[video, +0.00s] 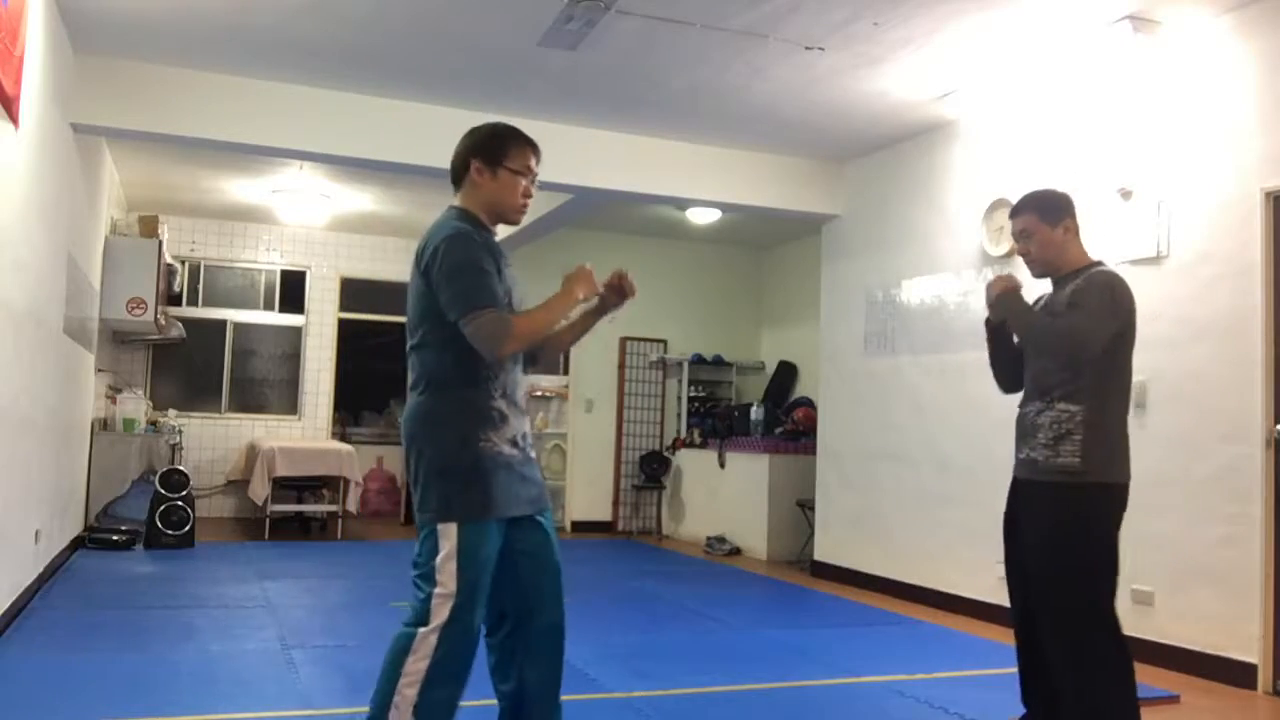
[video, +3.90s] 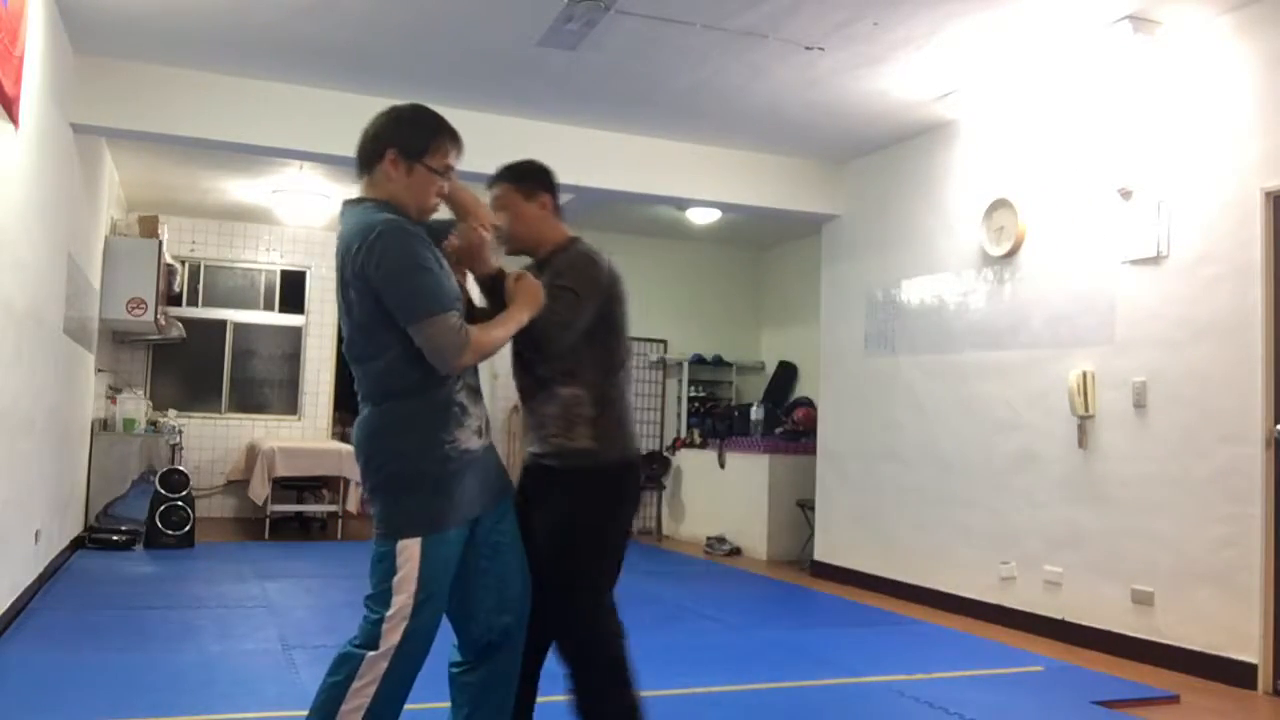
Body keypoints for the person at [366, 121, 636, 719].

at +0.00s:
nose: (530, 189)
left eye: (534, 179)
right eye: (520, 174)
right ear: (478, 171)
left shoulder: (489, 250)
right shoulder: (457, 239)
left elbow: (537, 351)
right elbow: (494, 337)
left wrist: (597, 310)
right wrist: (567, 295)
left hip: (508, 456)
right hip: (456, 454)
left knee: (532, 618)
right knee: (444, 619)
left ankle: (531, 713)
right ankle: (399, 715)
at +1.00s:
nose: (549, 200)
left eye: (552, 188)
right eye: (545, 184)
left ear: (506, 180)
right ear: (509, 175)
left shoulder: (494, 249)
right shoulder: (473, 242)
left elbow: (559, 346)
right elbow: (543, 337)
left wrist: (640, 310)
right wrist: (593, 289)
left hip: (518, 464)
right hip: (472, 465)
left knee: (566, 600)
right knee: (450, 627)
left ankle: (555, 715)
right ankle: (398, 718)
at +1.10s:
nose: (568, 206)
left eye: (571, 194)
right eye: (563, 191)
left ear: (528, 187)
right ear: (527, 183)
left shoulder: (531, 262)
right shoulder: (484, 249)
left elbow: (616, 309)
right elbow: (572, 323)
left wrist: (696, 273)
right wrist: (614, 272)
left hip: (529, 464)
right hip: (479, 465)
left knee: (568, 622)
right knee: (454, 630)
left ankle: (587, 716)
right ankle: (399, 716)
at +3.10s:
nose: (580, 217)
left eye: (582, 205)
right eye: (574, 202)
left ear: (535, 198)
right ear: (534, 194)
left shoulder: (529, 267)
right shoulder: (496, 255)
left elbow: (608, 318)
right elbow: (564, 349)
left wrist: (631, 239)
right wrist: (627, 307)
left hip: (530, 470)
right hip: (479, 470)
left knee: (567, 604)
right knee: (462, 623)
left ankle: (563, 716)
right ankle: (395, 714)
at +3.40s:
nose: (527, 208)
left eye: (531, 195)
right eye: (520, 191)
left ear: (475, 187)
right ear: (473, 181)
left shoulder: (468, 253)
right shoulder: (431, 241)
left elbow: (552, 295)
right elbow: (505, 345)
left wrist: (559, 261)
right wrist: (584, 312)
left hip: (458, 464)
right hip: (405, 464)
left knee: (505, 603)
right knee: (383, 625)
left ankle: (506, 718)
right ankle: (325, 719)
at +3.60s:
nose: (491, 202)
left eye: (496, 190)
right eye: (485, 186)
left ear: (438, 178)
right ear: (439, 173)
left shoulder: (443, 245)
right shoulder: (399, 237)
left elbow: (540, 276)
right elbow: (464, 348)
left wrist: (501, 196)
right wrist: (544, 321)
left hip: (460, 465)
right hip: (402, 467)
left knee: (502, 627)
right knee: (379, 646)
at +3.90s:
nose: (445, 186)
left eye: (449, 175)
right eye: (438, 172)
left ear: (387, 167)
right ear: (394, 164)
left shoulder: (382, 227)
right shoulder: (388, 235)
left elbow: (478, 245)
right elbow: (453, 350)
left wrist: (450, 185)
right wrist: (518, 313)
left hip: (468, 458)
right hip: (422, 463)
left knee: (498, 630)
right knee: (394, 637)